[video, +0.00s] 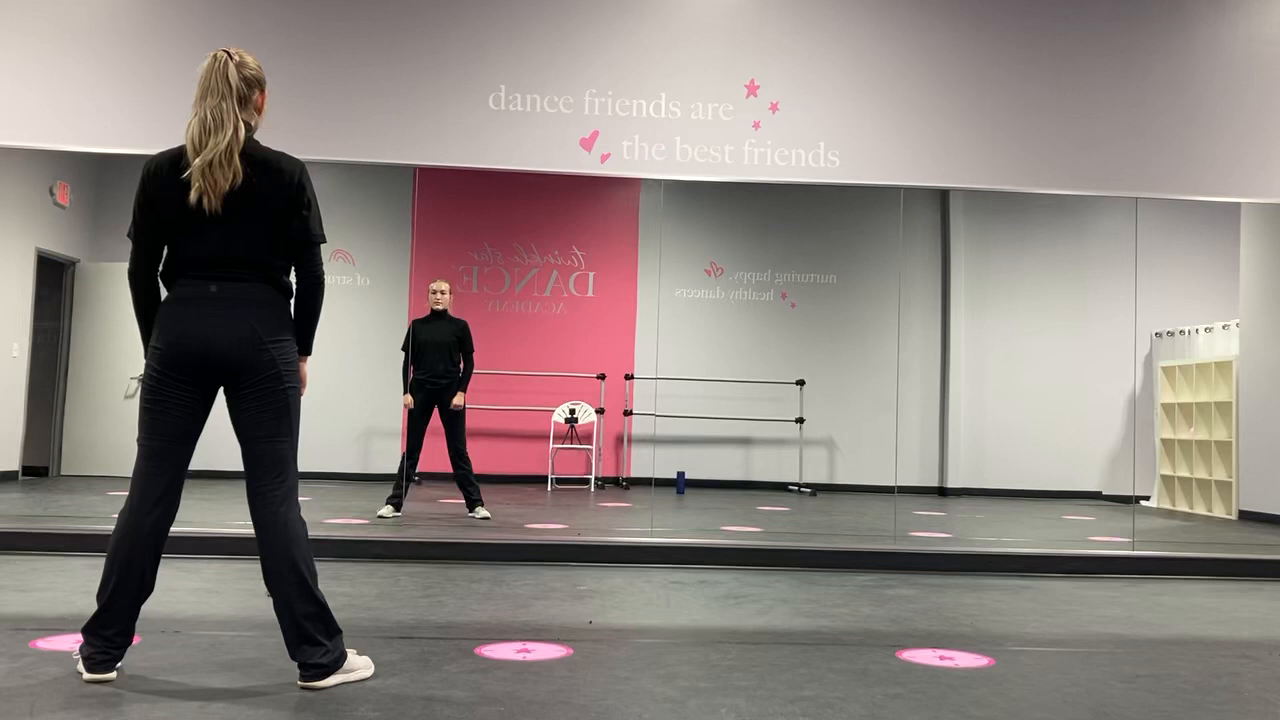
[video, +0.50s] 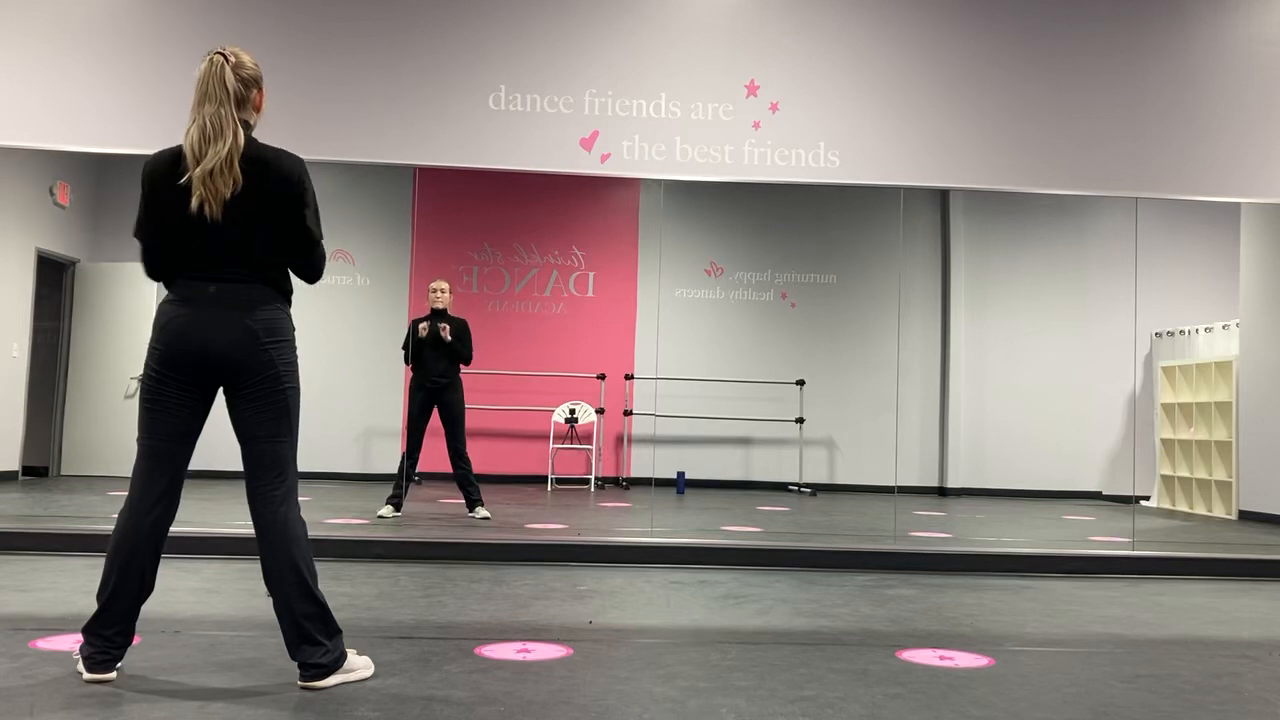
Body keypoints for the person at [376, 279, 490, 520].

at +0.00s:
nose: (438, 296)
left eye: (443, 292)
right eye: (434, 292)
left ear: (450, 297)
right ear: (428, 297)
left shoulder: (460, 327)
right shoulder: (416, 326)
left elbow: (468, 363)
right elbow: (407, 361)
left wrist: (461, 391)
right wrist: (406, 391)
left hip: (450, 393)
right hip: (421, 392)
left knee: (458, 450)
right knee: (412, 450)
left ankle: (475, 504)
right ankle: (394, 503)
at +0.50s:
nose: (438, 294)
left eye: (442, 291)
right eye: (434, 291)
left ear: (450, 297)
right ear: (427, 297)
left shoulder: (459, 324)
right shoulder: (417, 325)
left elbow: (467, 359)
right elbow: (408, 358)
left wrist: (449, 339)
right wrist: (419, 338)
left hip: (450, 390)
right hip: (421, 390)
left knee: (458, 448)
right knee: (412, 448)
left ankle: (475, 504)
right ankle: (394, 503)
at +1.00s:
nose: (438, 293)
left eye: (442, 291)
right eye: (434, 290)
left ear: (449, 297)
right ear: (428, 297)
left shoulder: (455, 318)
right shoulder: (420, 317)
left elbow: (456, 288)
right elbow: (418, 284)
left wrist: (451, 252)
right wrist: (425, 251)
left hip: (450, 387)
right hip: (421, 387)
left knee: (458, 447)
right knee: (412, 447)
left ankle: (475, 504)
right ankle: (394, 503)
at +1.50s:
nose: (437, 291)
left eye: (442, 289)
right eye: (434, 288)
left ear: (450, 296)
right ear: (428, 295)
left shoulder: (456, 316)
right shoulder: (420, 315)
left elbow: (465, 286)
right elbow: (410, 283)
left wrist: (474, 254)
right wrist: (406, 249)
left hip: (450, 387)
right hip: (421, 387)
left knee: (458, 447)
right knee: (412, 448)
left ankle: (475, 504)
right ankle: (394, 503)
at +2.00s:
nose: (437, 293)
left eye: (442, 290)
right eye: (434, 290)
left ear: (451, 296)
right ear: (428, 296)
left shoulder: (459, 319)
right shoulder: (418, 319)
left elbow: (481, 295)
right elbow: (396, 294)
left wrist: (504, 270)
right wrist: (376, 268)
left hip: (451, 389)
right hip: (421, 389)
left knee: (458, 449)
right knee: (412, 448)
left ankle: (475, 505)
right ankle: (394, 504)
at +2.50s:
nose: (437, 295)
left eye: (442, 292)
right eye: (433, 292)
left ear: (450, 298)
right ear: (428, 297)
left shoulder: (459, 323)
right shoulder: (415, 323)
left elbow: (492, 315)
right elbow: (382, 314)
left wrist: (525, 308)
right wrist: (351, 304)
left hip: (450, 390)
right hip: (421, 390)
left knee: (458, 450)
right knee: (412, 449)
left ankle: (475, 505)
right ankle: (394, 504)